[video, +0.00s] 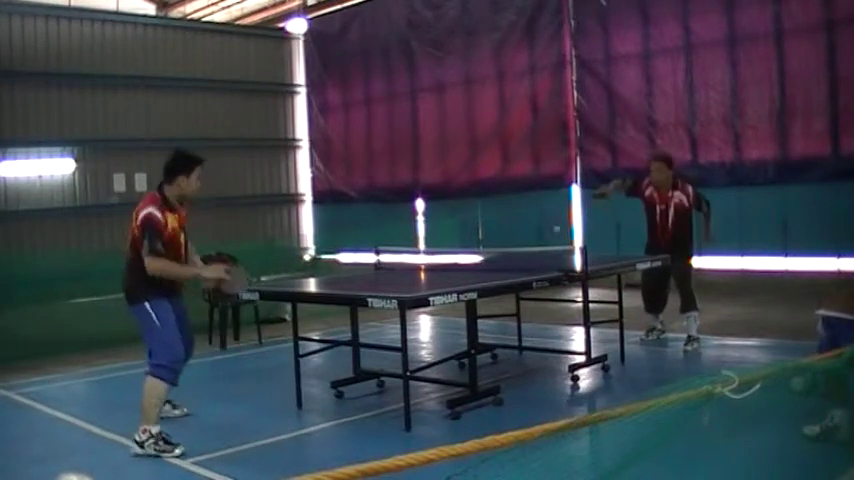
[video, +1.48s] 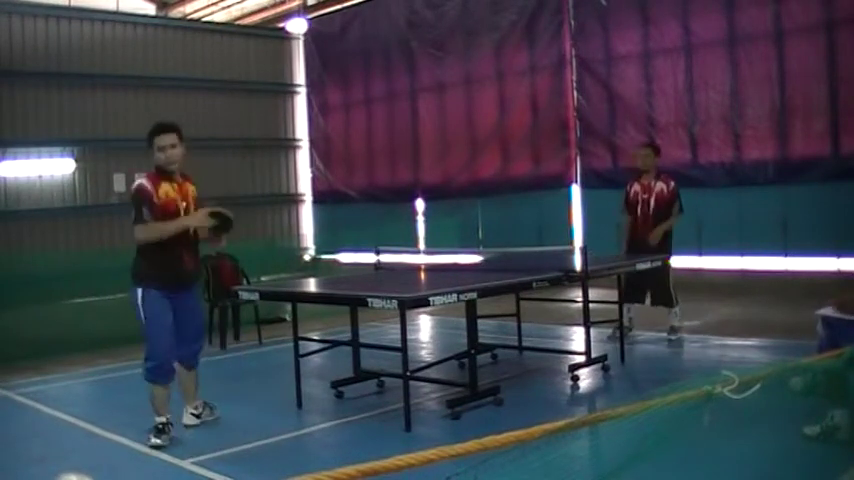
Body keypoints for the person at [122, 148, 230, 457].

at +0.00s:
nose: (199, 184)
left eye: (198, 178)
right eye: (195, 178)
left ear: (178, 179)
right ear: (179, 179)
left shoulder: (176, 209)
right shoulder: (151, 213)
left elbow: (183, 246)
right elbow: (152, 264)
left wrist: (204, 266)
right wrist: (199, 272)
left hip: (168, 290)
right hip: (147, 293)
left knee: (184, 346)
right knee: (168, 353)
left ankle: (159, 401)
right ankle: (147, 432)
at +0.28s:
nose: (204, 215)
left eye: (204, 208)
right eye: (198, 209)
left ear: (183, 212)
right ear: (178, 213)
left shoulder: (209, 235)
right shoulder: (148, 238)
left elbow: (246, 263)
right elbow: (119, 276)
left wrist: (239, 275)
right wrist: (118, 320)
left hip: (189, 309)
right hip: (159, 309)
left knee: (199, 362)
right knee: (193, 359)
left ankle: (156, 405)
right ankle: (202, 433)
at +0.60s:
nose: (225, 216)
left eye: (226, 210)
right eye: (219, 211)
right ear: (199, 214)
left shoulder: (209, 221)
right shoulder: (187, 246)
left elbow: (232, 211)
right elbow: (193, 292)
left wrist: (262, 222)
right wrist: (233, 295)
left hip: (199, 306)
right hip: (179, 313)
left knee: (215, 345)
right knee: (229, 354)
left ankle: (179, 390)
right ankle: (210, 432)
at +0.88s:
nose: (228, 206)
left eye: (228, 201)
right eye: (226, 200)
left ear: (200, 194)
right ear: (211, 196)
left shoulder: (174, 223)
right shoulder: (207, 221)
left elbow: (161, 260)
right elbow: (253, 191)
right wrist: (237, 150)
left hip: (176, 317)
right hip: (199, 318)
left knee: (209, 348)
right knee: (250, 365)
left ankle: (195, 408)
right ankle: (214, 433)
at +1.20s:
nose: (210, 161)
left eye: (211, 155)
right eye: (204, 156)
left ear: (190, 160)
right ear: (185, 159)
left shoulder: (182, 182)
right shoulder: (184, 184)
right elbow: (227, 201)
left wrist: (221, 231)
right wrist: (252, 172)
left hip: (186, 276)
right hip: (175, 278)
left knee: (200, 344)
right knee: (197, 346)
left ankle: (197, 412)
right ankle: (196, 427)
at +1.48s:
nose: (169, 153)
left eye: (173, 146)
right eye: (161, 149)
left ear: (183, 148)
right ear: (152, 154)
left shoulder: (188, 187)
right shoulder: (144, 186)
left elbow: (186, 230)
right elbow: (141, 233)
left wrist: (207, 233)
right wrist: (189, 222)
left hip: (185, 282)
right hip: (153, 284)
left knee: (190, 347)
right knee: (160, 353)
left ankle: (193, 408)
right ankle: (162, 421)